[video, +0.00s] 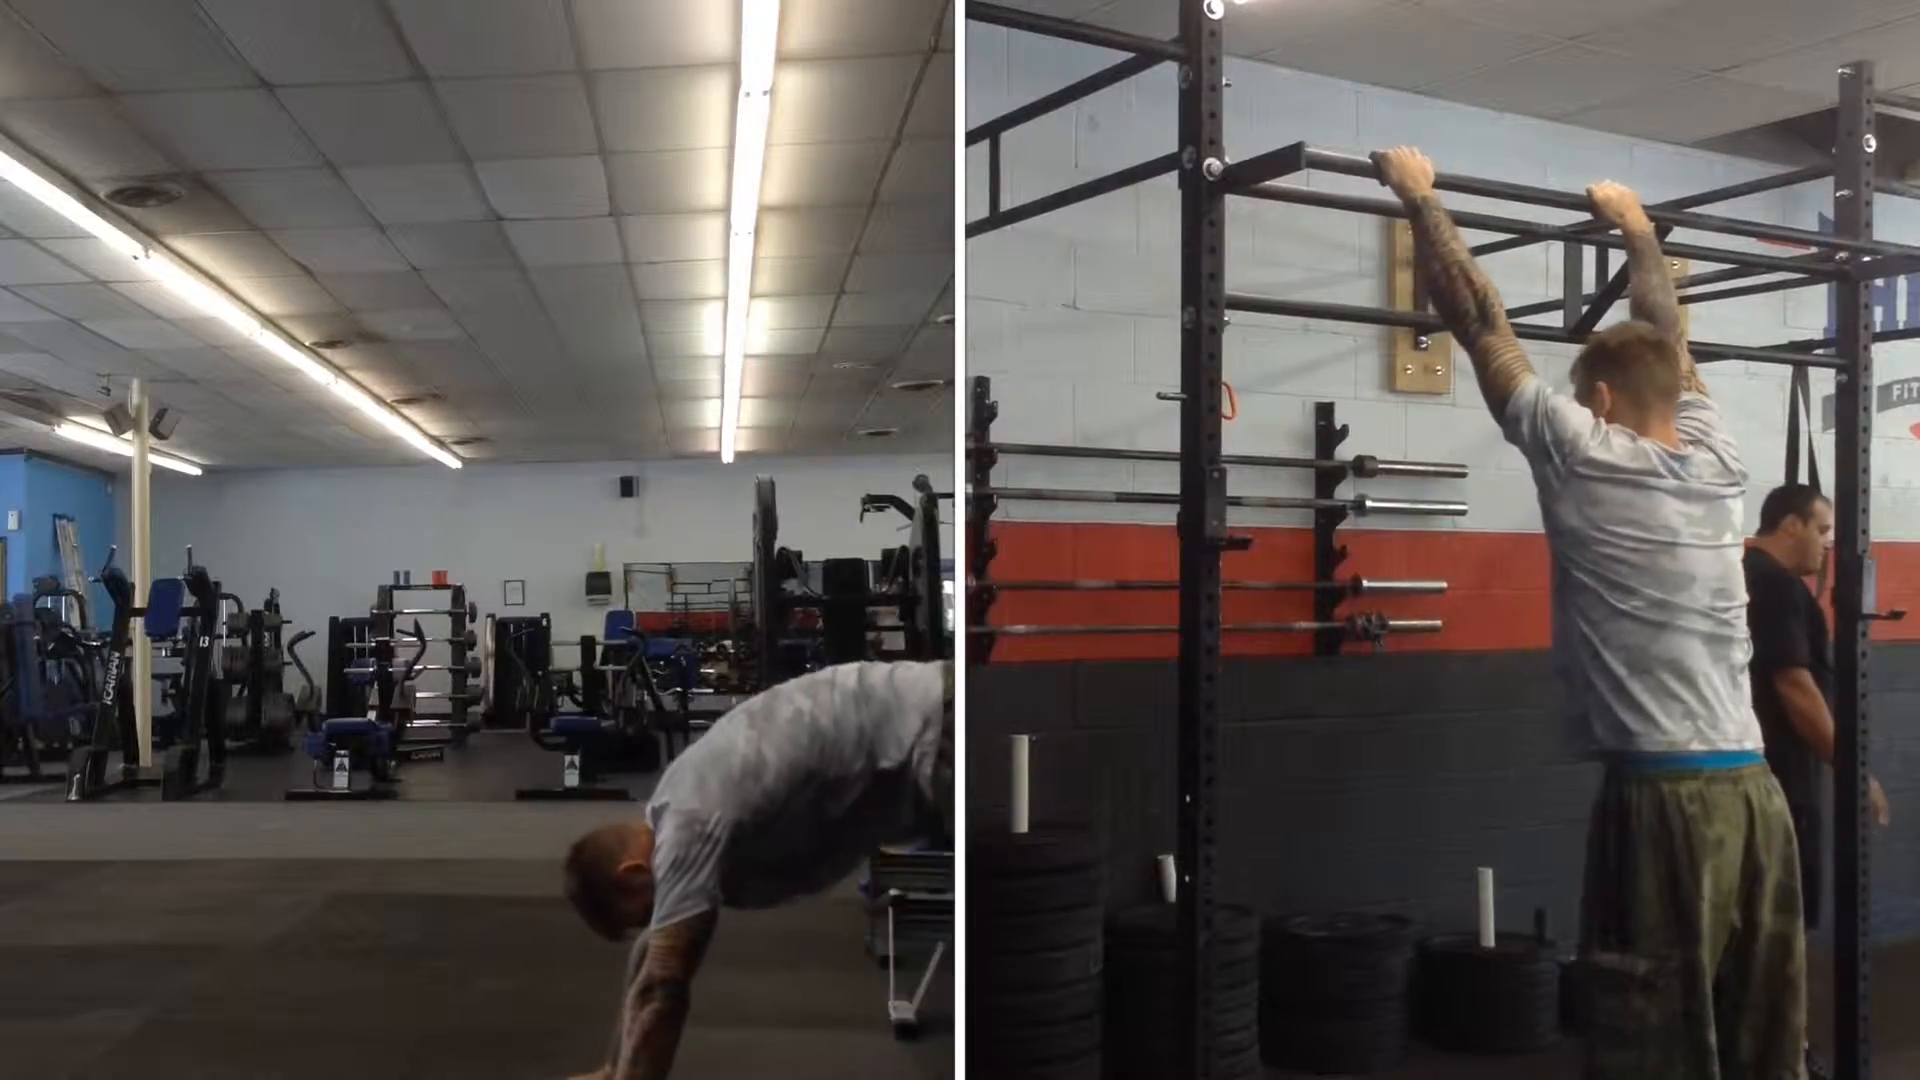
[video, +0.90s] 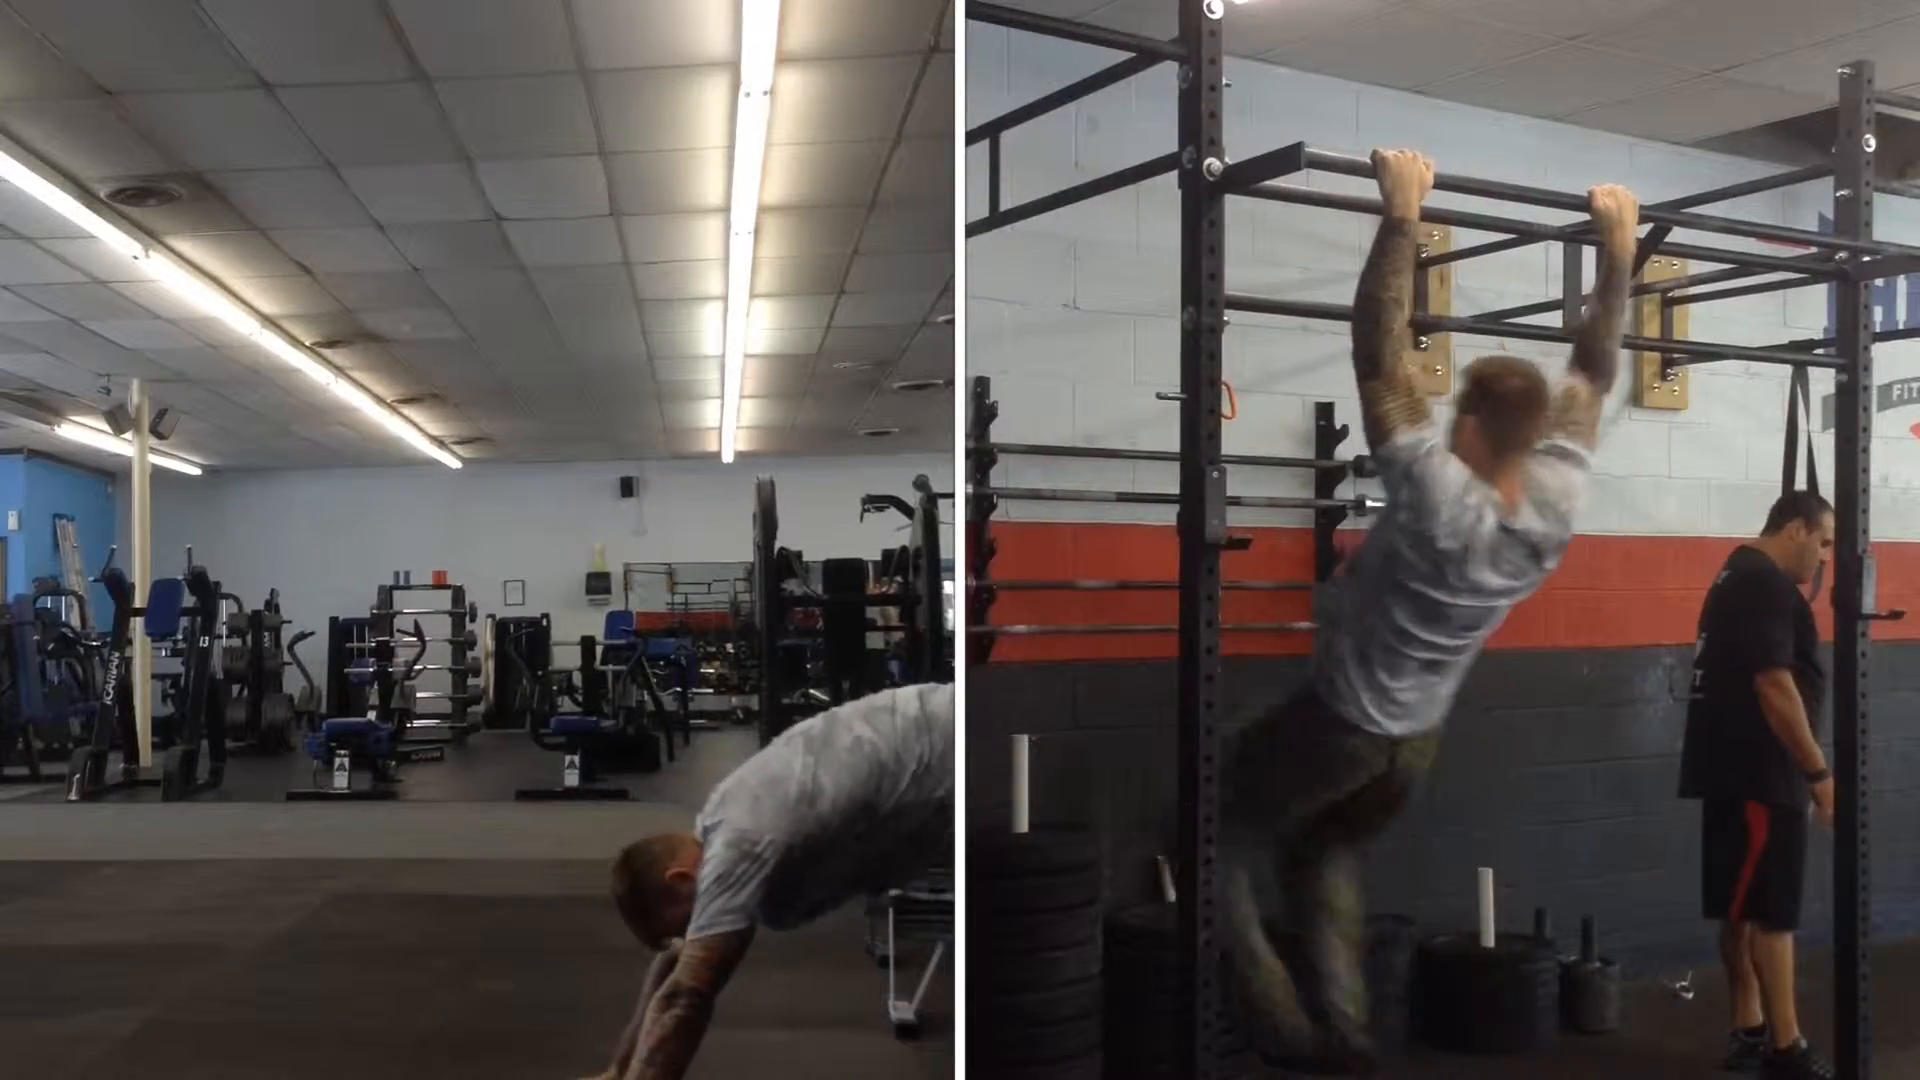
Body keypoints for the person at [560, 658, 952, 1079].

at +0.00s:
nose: (650, 919)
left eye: (638, 917)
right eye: (638, 924)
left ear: (633, 875)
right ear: (634, 859)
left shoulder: (691, 819)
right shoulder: (675, 812)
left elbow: (662, 989)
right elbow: (649, 965)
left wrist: (628, 1074)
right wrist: (614, 1068)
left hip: (947, 728)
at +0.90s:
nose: (691, 933)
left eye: (684, 927)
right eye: (681, 934)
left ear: (682, 882)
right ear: (682, 873)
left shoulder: (740, 838)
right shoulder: (717, 830)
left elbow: (686, 1000)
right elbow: (672, 964)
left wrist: (637, 1074)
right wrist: (620, 1068)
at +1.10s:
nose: (720, 957)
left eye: (710, 947)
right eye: (707, 953)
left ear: (711, 896)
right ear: (709, 889)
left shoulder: (772, 850)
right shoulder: (740, 842)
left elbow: (704, 1011)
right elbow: (684, 969)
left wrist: (644, 1075)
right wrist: (622, 1068)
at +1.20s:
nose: (727, 963)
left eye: (722, 951)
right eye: (715, 960)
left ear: (724, 903)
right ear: (727, 892)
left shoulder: (790, 862)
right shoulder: (748, 852)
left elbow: (712, 1021)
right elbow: (691, 973)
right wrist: (624, 1069)